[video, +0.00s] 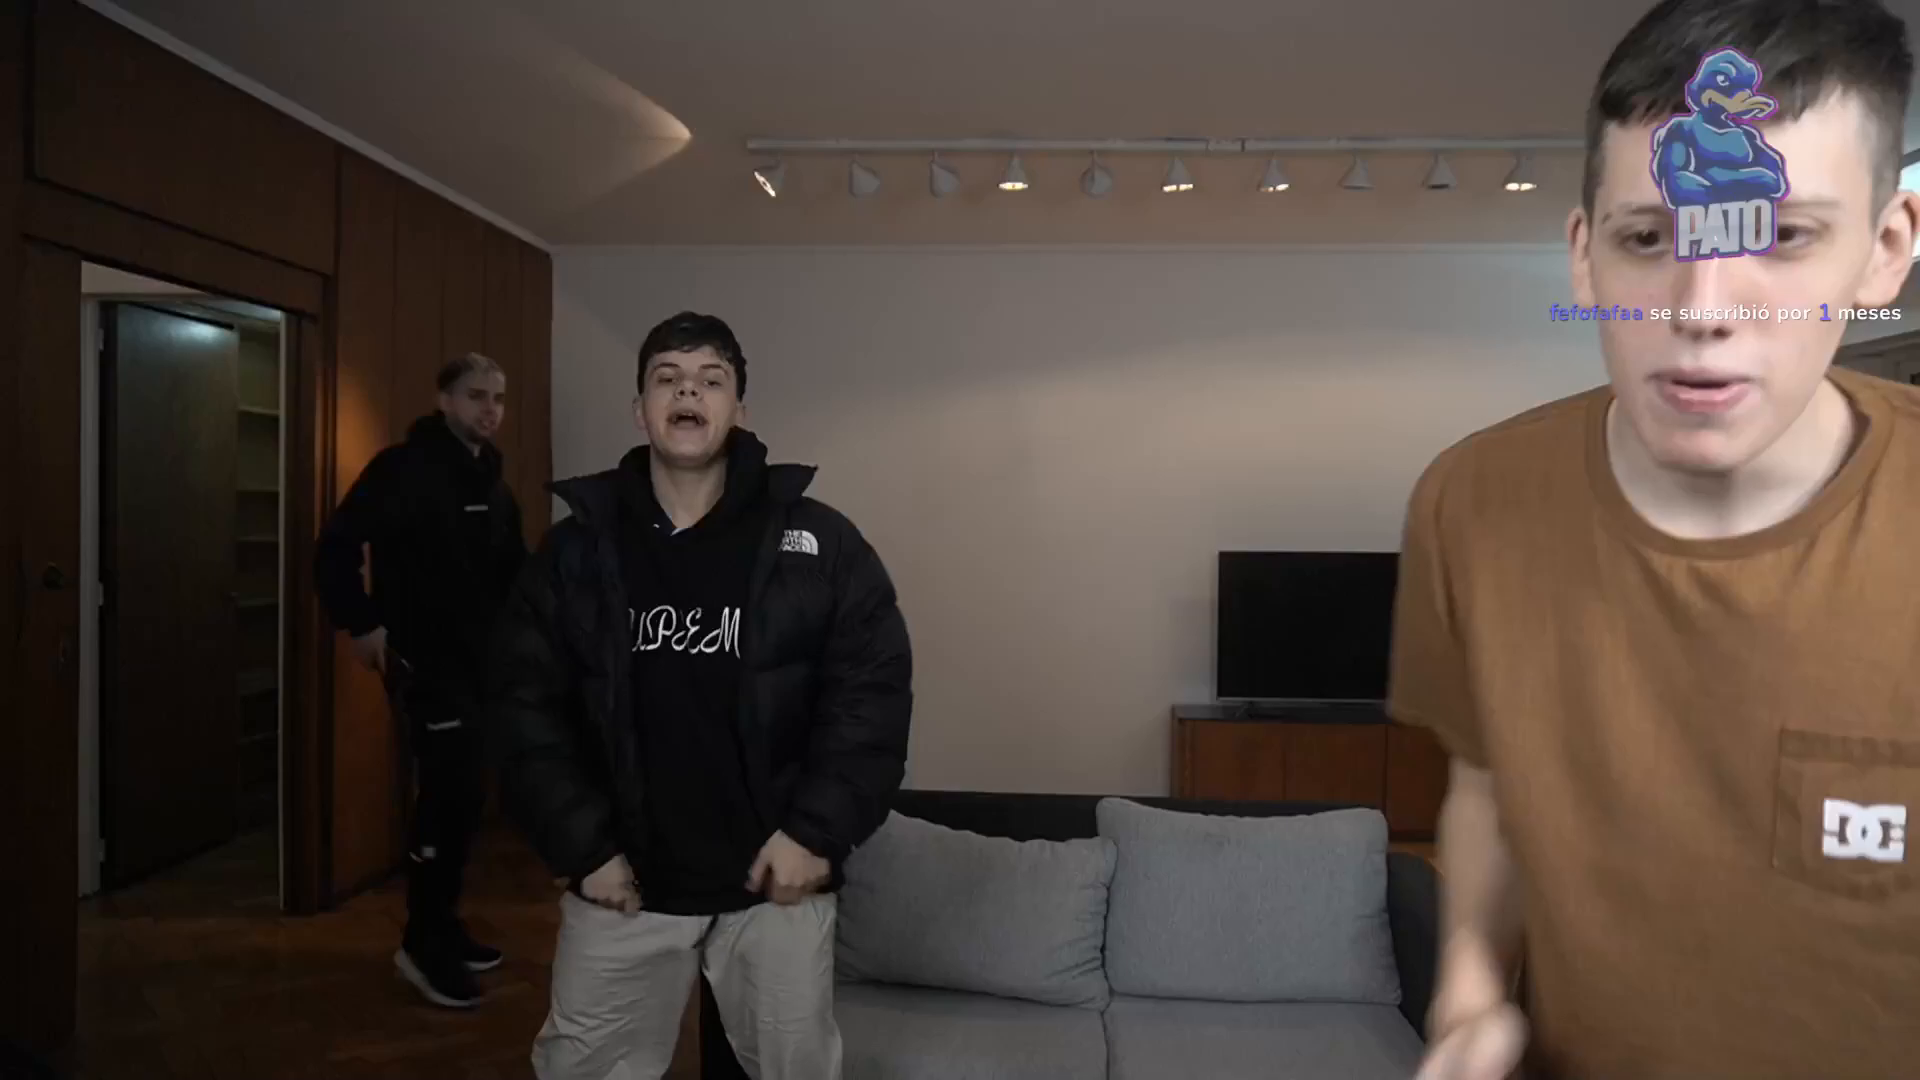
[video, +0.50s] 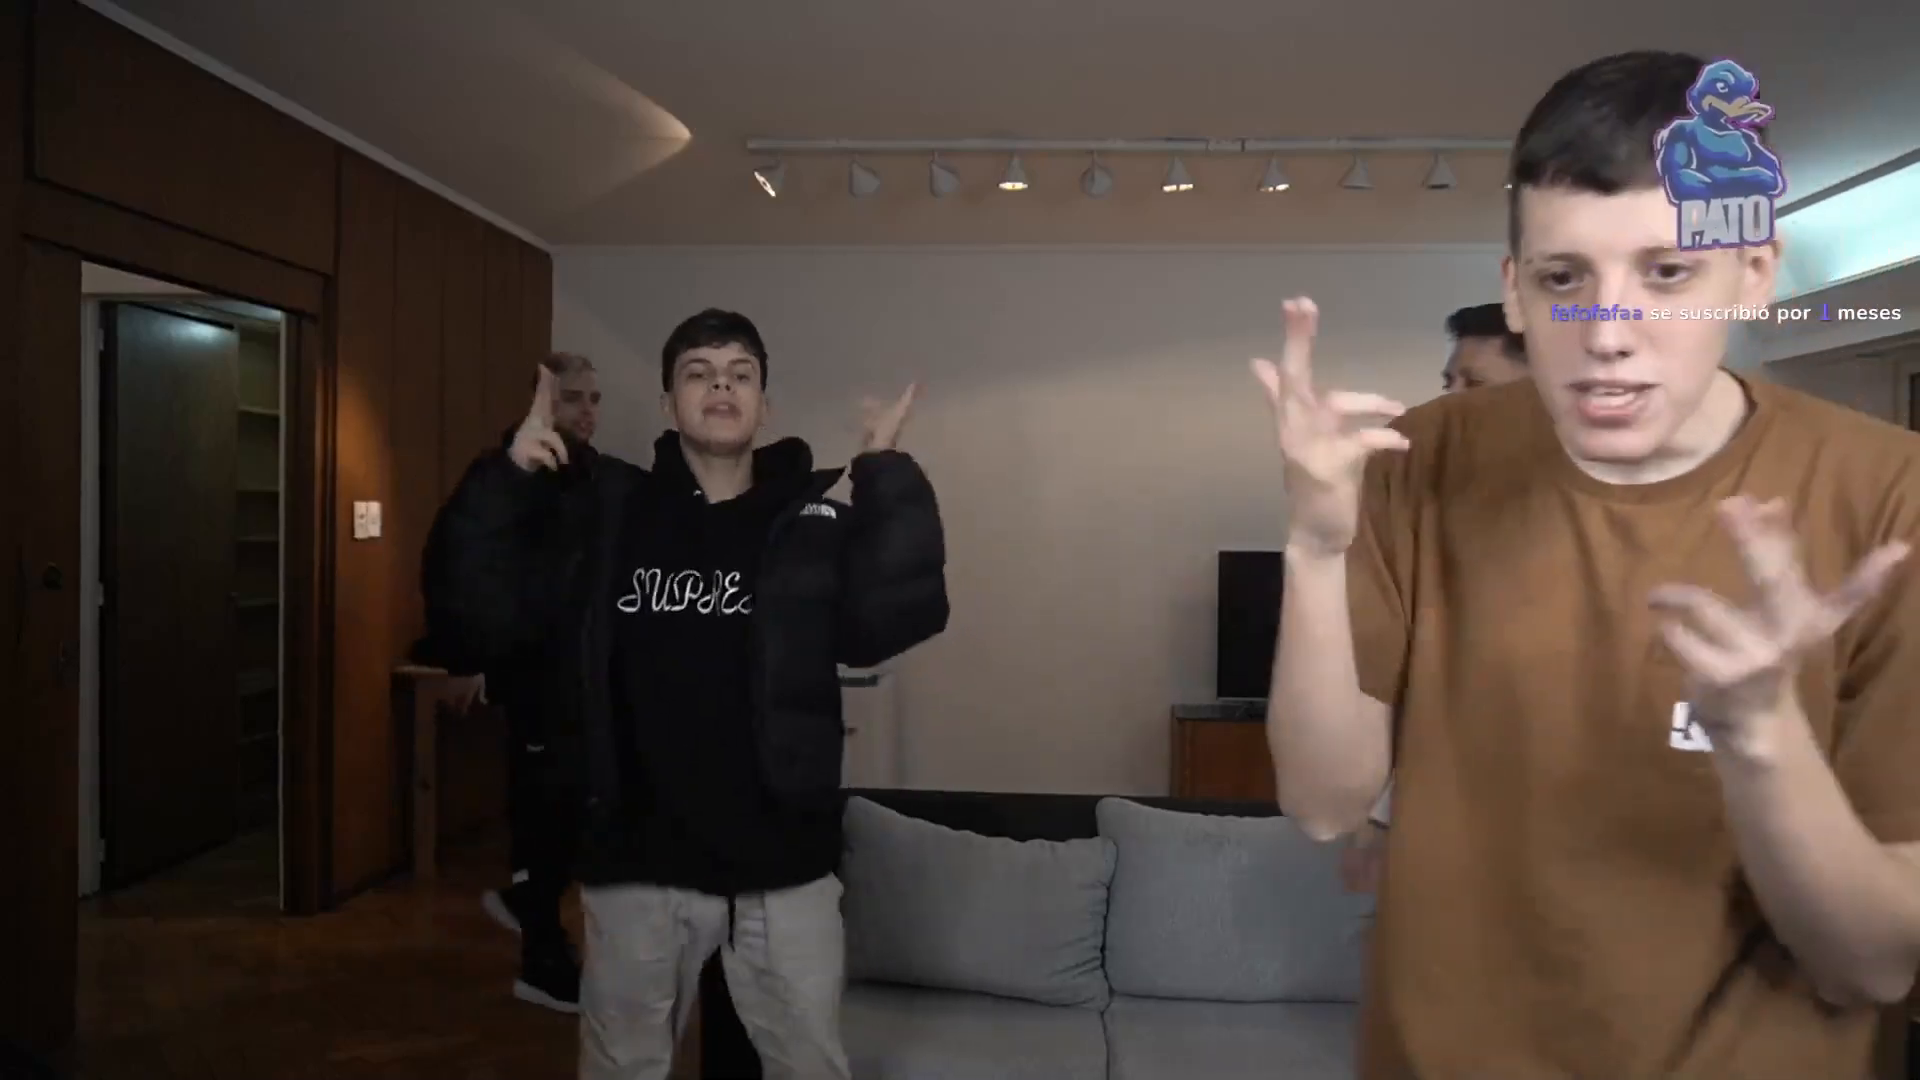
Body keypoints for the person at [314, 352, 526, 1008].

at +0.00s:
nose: (492, 409)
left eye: (499, 400)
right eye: (479, 397)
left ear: (501, 408)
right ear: (445, 399)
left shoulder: (490, 475)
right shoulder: (403, 465)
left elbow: (511, 561)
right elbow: (336, 546)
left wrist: (521, 628)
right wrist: (361, 624)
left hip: (480, 652)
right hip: (421, 655)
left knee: (462, 798)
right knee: (443, 798)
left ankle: (444, 928)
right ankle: (425, 946)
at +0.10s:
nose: (513, 410)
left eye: (519, 400)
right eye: (500, 398)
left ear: (523, 408)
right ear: (464, 401)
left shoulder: (512, 479)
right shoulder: (423, 470)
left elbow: (533, 576)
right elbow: (354, 560)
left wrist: (545, 645)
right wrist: (380, 629)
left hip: (498, 656)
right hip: (439, 658)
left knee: (453, 800)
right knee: (483, 806)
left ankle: (428, 932)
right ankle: (514, 959)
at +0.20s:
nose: (533, 411)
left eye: (540, 402)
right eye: (520, 400)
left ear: (544, 411)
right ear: (486, 403)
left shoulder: (532, 481)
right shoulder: (447, 474)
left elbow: (550, 572)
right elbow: (379, 571)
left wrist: (556, 645)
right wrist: (400, 640)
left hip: (515, 658)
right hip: (460, 661)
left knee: (468, 803)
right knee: (503, 811)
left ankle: (430, 931)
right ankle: (539, 960)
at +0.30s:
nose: (552, 412)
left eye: (559, 402)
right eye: (539, 400)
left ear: (563, 409)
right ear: (504, 404)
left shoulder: (551, 477)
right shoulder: (468, 475)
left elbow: (573, 571)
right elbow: (404, 575)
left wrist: (586, 646)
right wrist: (419, 651)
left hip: (542, 664)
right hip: (486, 667)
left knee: (505, 801)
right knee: (527, 810)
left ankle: (440, 920)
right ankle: (546, 960)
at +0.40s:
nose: (569, 411)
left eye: (576, 401)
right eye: (555, 399)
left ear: (582, 409)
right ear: (517, 405)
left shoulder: (579, 486)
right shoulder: (482, 482)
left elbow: (601, 575)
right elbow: (433, 572)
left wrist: (607, 646)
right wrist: (440, 658)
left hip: (570, 659)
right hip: (506, 664)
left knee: (560, 801)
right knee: (535, 807)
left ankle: (475, 895)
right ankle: (544, 959)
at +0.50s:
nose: (586, 410)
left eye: (594, 398)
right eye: (572, 398)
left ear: (602, 403)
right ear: (541, 401)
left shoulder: (610, 480)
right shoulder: (504, 476)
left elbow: (632, 569)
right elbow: (450, 559)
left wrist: (634, 642)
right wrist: (460, 658)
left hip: (590, 659)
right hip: (525, 664)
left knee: (577, 791)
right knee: (540, 798)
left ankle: (524, 892)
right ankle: (544, 960)